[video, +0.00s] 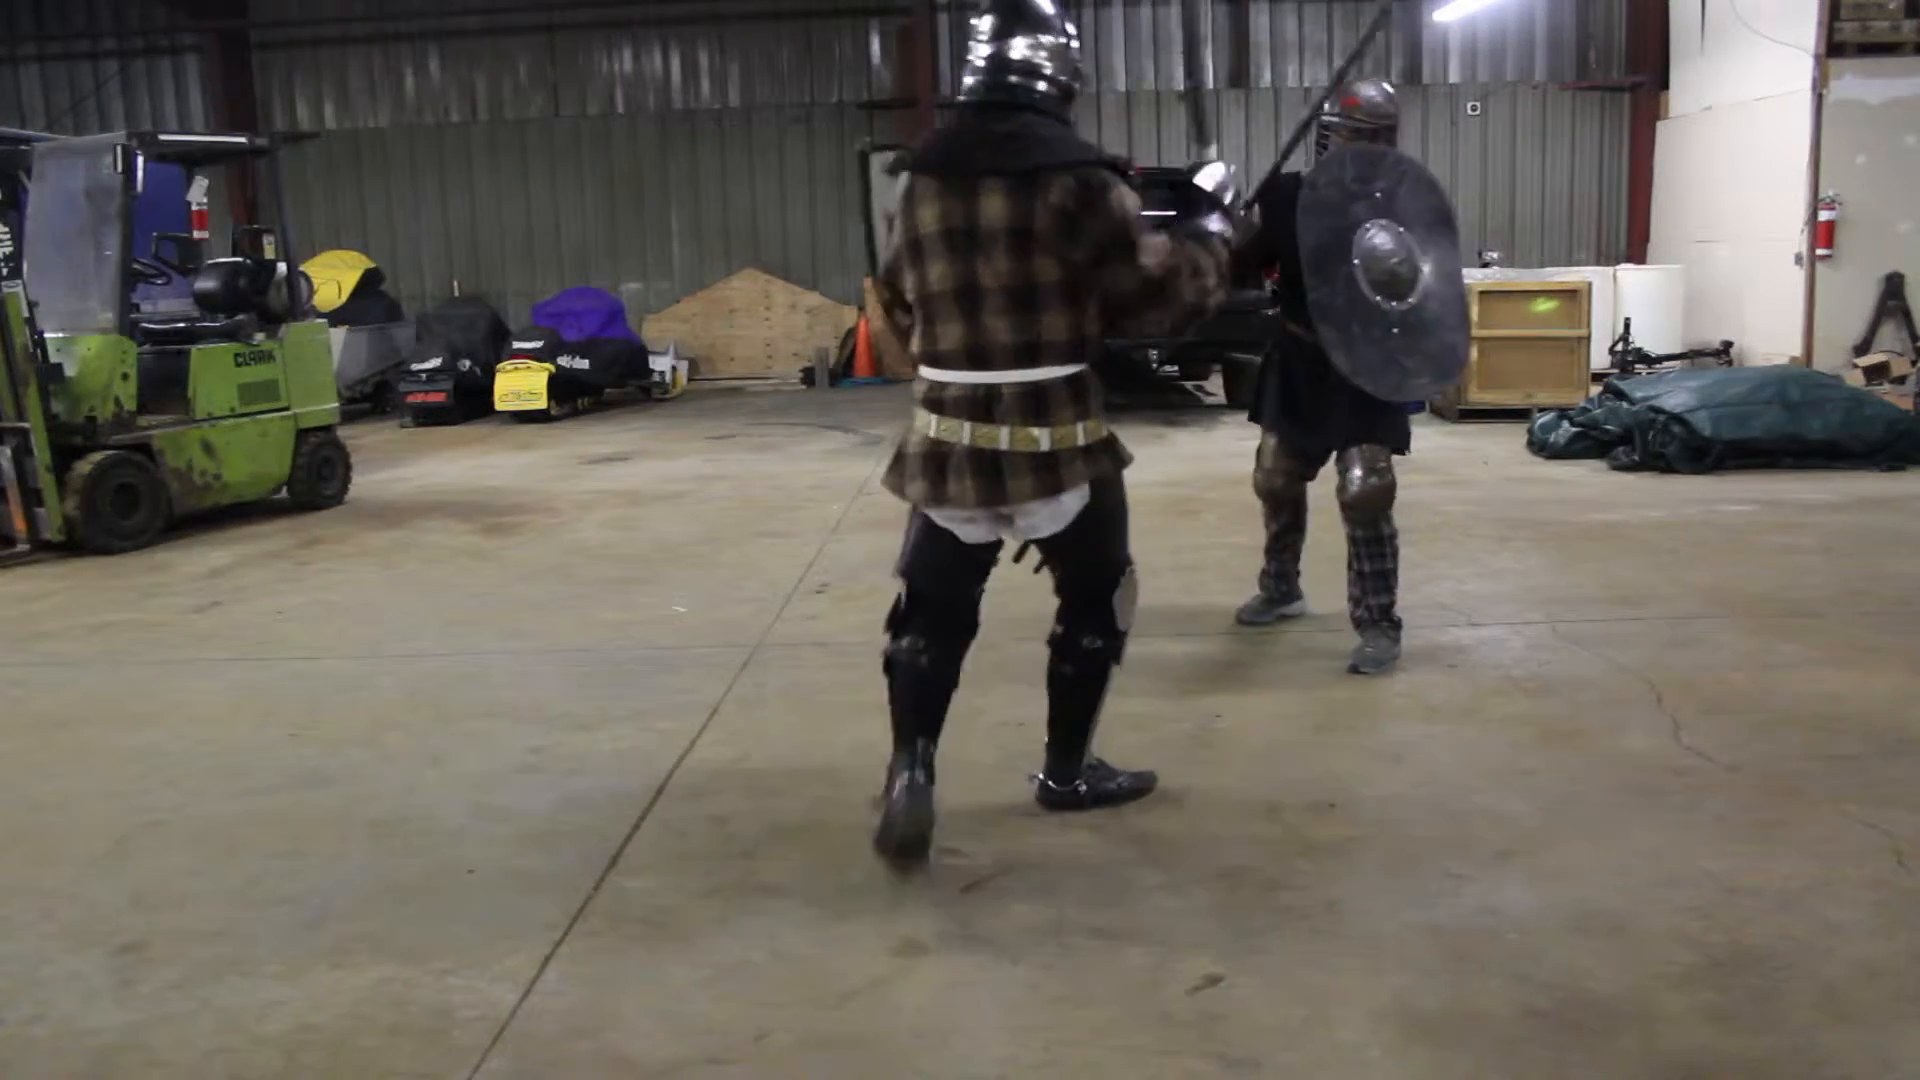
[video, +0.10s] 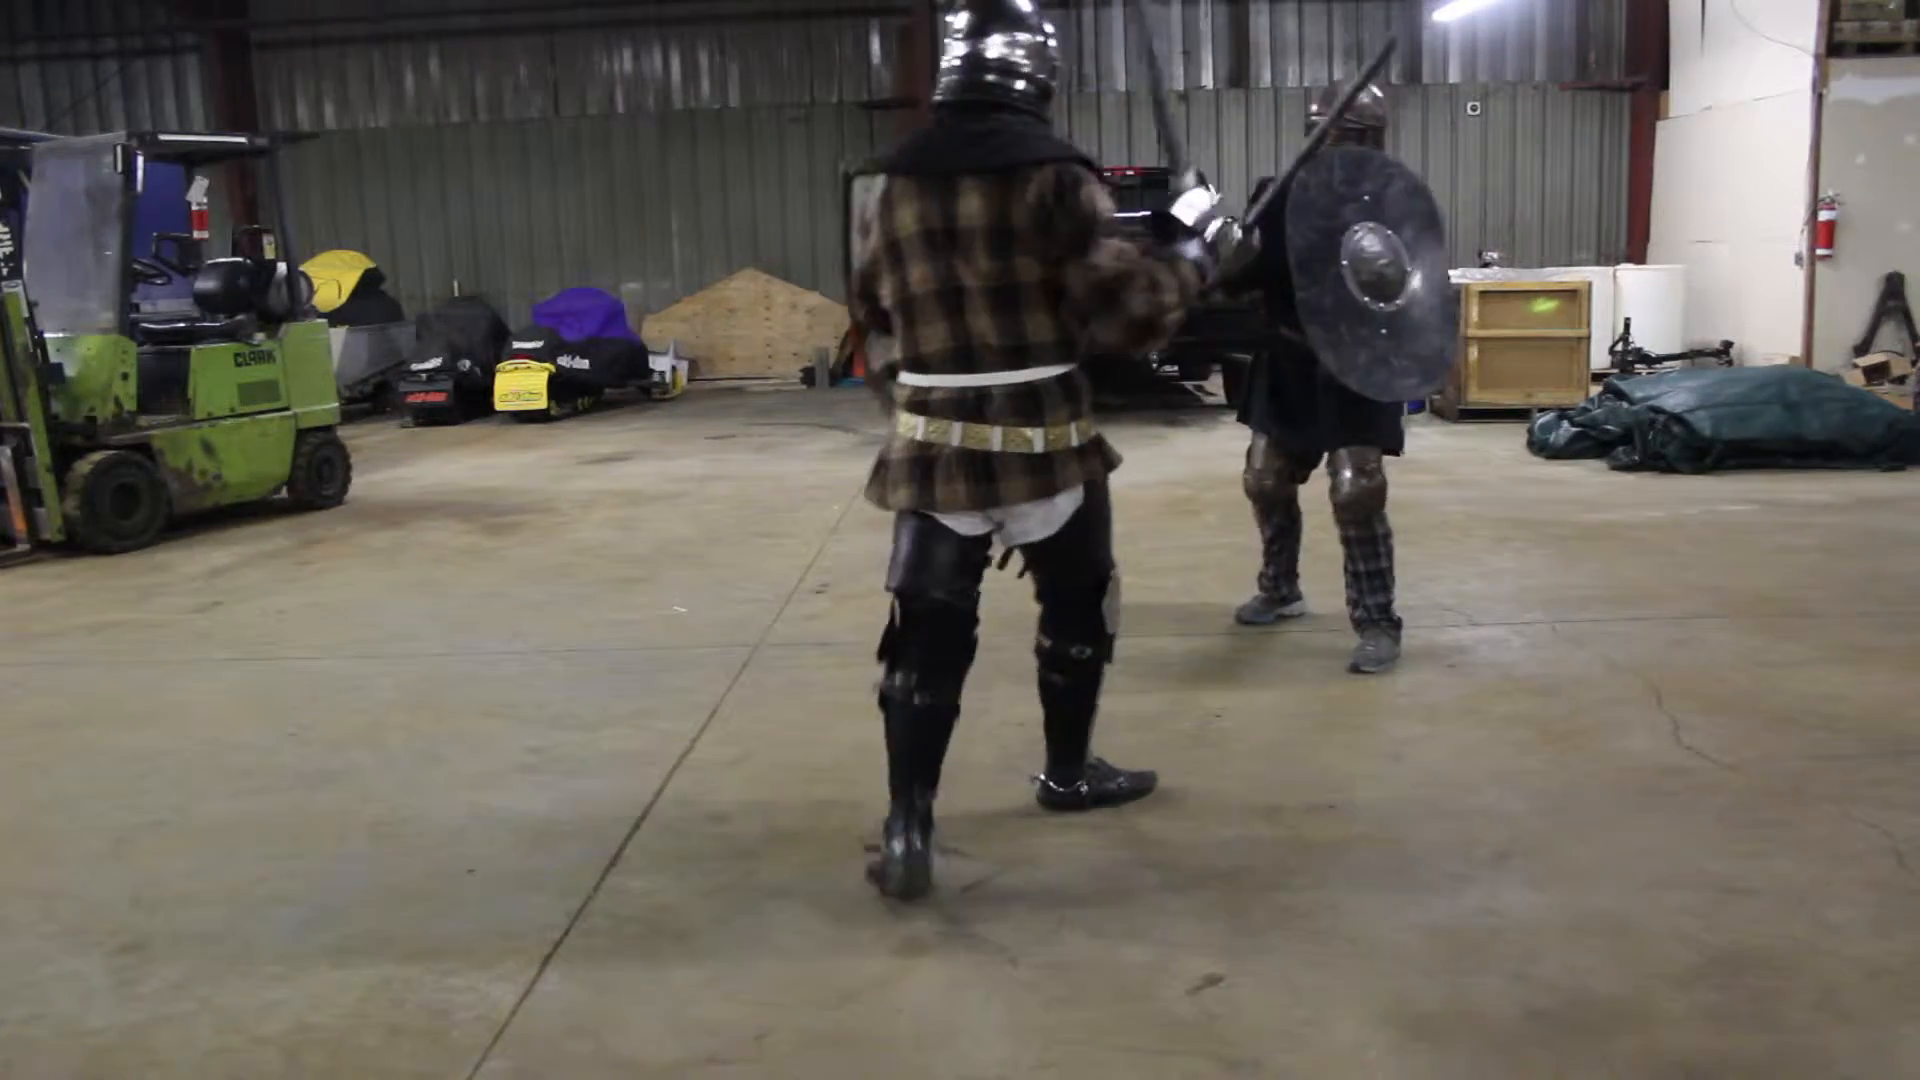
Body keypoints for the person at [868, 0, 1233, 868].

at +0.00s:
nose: (1076, 100)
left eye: (1070, 87)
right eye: (1074, 86)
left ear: (976, 78)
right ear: (1061, 84)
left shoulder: (925, 179)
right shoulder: (1078, 181)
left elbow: (894, 300)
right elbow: (1152, 292)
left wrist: (944, 358)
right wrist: (1216, 239)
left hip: (948, 441)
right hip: (1059, 441)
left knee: (931, 609)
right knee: (1094, 593)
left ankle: (909, 767)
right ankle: (1067, 766)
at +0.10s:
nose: (1055, 93)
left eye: (1046, 79)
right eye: (1052, 79)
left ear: (957, 74)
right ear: (1040, 78)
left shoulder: (900, 178)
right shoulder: (1054, 176)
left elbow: (873, 307)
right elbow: (1126, 308)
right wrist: (1195, 247)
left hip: (932, 448)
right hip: (1043, 447)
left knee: (926, 628)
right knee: (1078, 600)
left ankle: (908, 827)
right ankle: (1068, 766)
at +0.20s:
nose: (1036, 88)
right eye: (1031, 71)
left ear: (930, 76)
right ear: (1021, 73)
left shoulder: (870, 187)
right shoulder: (1039, 173)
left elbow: (838, 336)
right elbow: (1091, 321)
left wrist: (877, 423)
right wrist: (1169, 281)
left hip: (917, 464)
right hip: (1032, 458)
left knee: (916, 652)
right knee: (1069, 617)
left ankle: (908, 851)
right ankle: (1089, 775)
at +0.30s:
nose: (1027, 92)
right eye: (1023, 75)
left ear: (920, 73)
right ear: (1010, 71)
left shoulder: (861, 177)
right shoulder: (1026, 160)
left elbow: (829, 328)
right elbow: (1084, 314)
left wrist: (894, 391)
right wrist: (1153, 285)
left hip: (910, 462)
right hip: (1026, 454)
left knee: (911, 654)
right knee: (1074, 624)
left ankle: (906, 855)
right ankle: (1094, 802)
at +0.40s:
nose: (1022, 77)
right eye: (1017, 58)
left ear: (916, 64)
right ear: (1008, 61)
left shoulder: (856, 166)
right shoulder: (1028, 150)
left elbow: (822, 326)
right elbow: (1089, 303)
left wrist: (898, 366)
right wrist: (1160, 265)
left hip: (910, 457)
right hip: (1028, 450)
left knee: (913, 654)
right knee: (1080, 633)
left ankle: (905, 856)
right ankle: (1080, 837)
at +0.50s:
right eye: (1016, 42)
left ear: (920, 59)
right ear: (1011, 53)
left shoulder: (862, 166)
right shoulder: (1038, 147)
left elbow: (819, 320)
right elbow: (1107, 306)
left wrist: (893, 371)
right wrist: (1168, 247)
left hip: (921, 460)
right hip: (1039, 453)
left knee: (919, 653)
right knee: (1071, 649)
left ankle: (907, 857)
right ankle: (1059, 863)